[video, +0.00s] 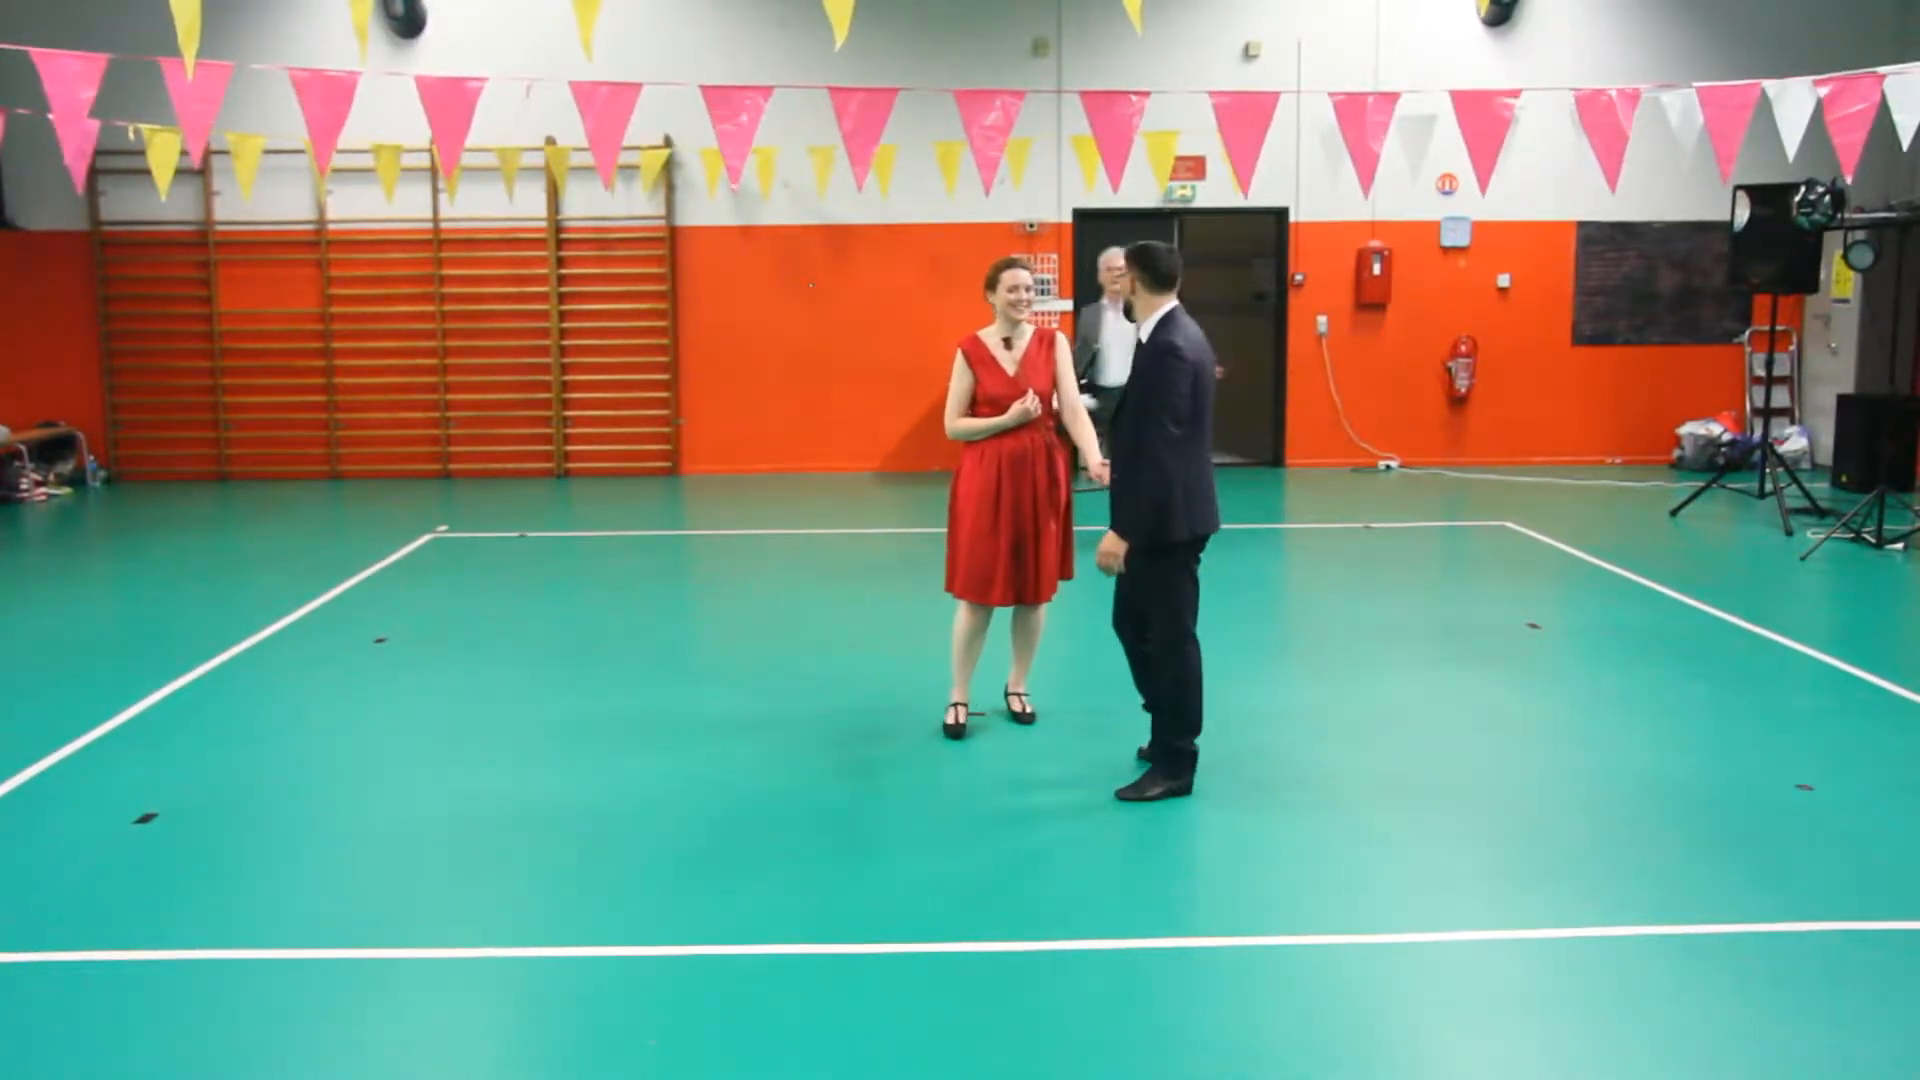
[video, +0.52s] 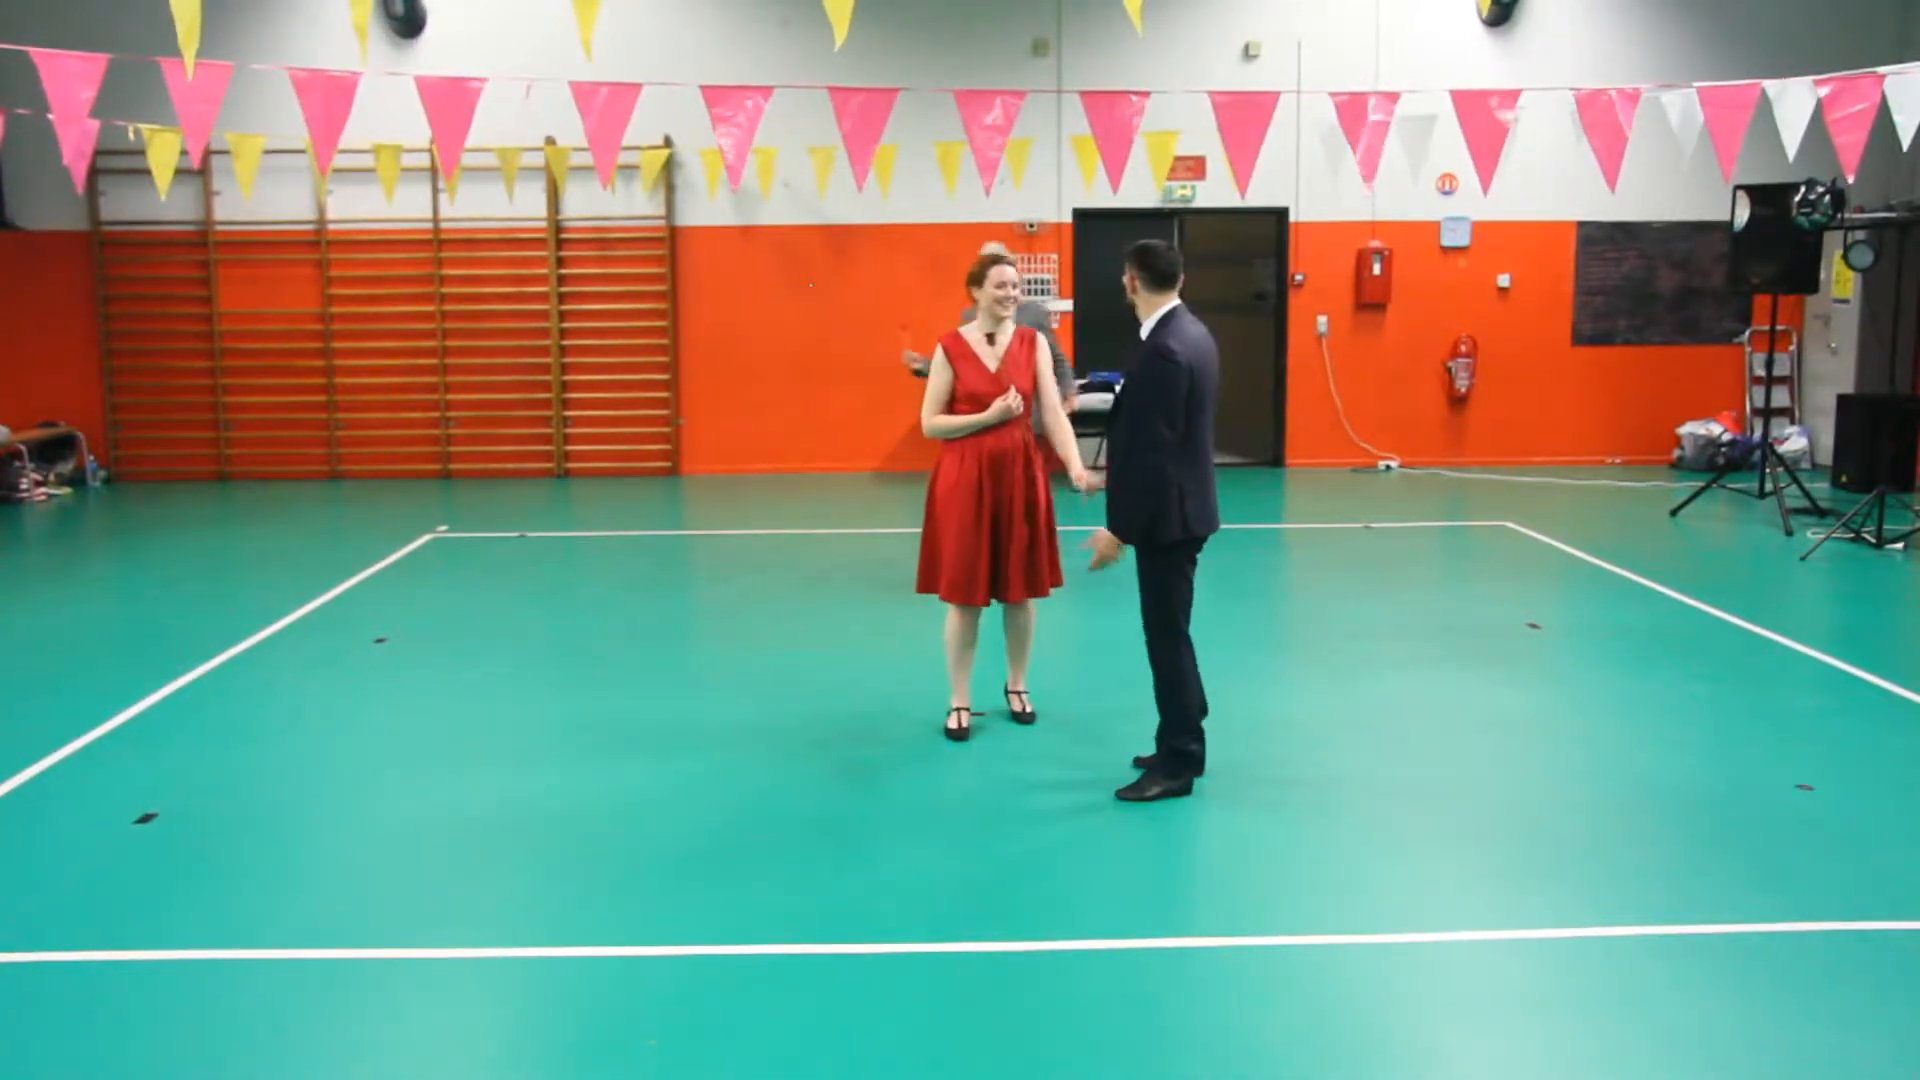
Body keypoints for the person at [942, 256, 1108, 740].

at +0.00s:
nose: (1023, 297)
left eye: (1028, 289)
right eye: (1013, 290)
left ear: (1034, 295)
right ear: (991, 296)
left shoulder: (1053, 345)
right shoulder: (971, 351)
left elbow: (1073, 409)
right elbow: (954, 425)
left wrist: (1092, 455)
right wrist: (1007, 419)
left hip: (1040, 479)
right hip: (986, 479)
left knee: (1033, 593)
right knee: (977, 596)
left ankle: (1018, 688)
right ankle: (958, 698)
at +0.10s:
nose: (1021, 297)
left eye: (1026, 289)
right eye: (1011, 290)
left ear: (1033, 295)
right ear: (989, 296)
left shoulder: (1051, 344)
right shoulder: (969, 351)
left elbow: (1072, 409)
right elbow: (951, 425)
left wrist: (1093, 454)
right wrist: (1005, 419)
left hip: (1038, 478)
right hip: (984, 479)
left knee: (1032, 593)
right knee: (975, 596)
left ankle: (1018, 688)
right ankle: (958, 699)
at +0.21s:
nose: (1019, 296)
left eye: (1024, 288)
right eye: (1009, 289)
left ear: (1030, 294)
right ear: (986, 295)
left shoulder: (1045, 342)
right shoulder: (965, 351)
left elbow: (1069, 408)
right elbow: (946, 425)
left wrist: (1092, 454)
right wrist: (1000, 418)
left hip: (1033, 478)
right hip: (979, 479)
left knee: (1029, 592)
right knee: (973, 596)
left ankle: (1018, 687)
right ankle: (960, 700)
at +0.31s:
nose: (1016, 295)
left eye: (1021, 287)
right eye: (1006, 288)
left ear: (1028, 293)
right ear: (983, 294)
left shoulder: (1043, 343)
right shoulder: (961, 349)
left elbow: (1066, 409)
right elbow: (942, 424)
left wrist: (1090, 454)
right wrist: (997, 417)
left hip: (1030, 479)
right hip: (976, 481)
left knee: (1025, 594)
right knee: (971, 598)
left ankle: (1017, 687)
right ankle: (960, 700)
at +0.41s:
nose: (1013, 294)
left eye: (1018, 287)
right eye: (1002, 287)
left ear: (1024, 293)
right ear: (978, 293)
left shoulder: (1037, 343)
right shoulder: (956, 348)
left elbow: (1058, 408)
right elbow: (935, 423)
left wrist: (1082, 458)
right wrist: (993, 416)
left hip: (1023, 477)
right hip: (969, 479)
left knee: (1022, 593)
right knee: (968, 598)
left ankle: (1017, 686)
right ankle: (960, 700)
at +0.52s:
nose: (1011, 294)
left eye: (1015, 286)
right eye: (1001, 287)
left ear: (1019, 292)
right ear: (976, 292)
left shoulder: (1034, 343)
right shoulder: (951, 348)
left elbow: (1053, 411)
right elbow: (931, 423)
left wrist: (1076, 467)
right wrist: (987, 416)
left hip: (1020, 476)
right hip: (966, 478)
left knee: (1019, 591)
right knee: (965, 596)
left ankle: (1017, 685)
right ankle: (959, 700)